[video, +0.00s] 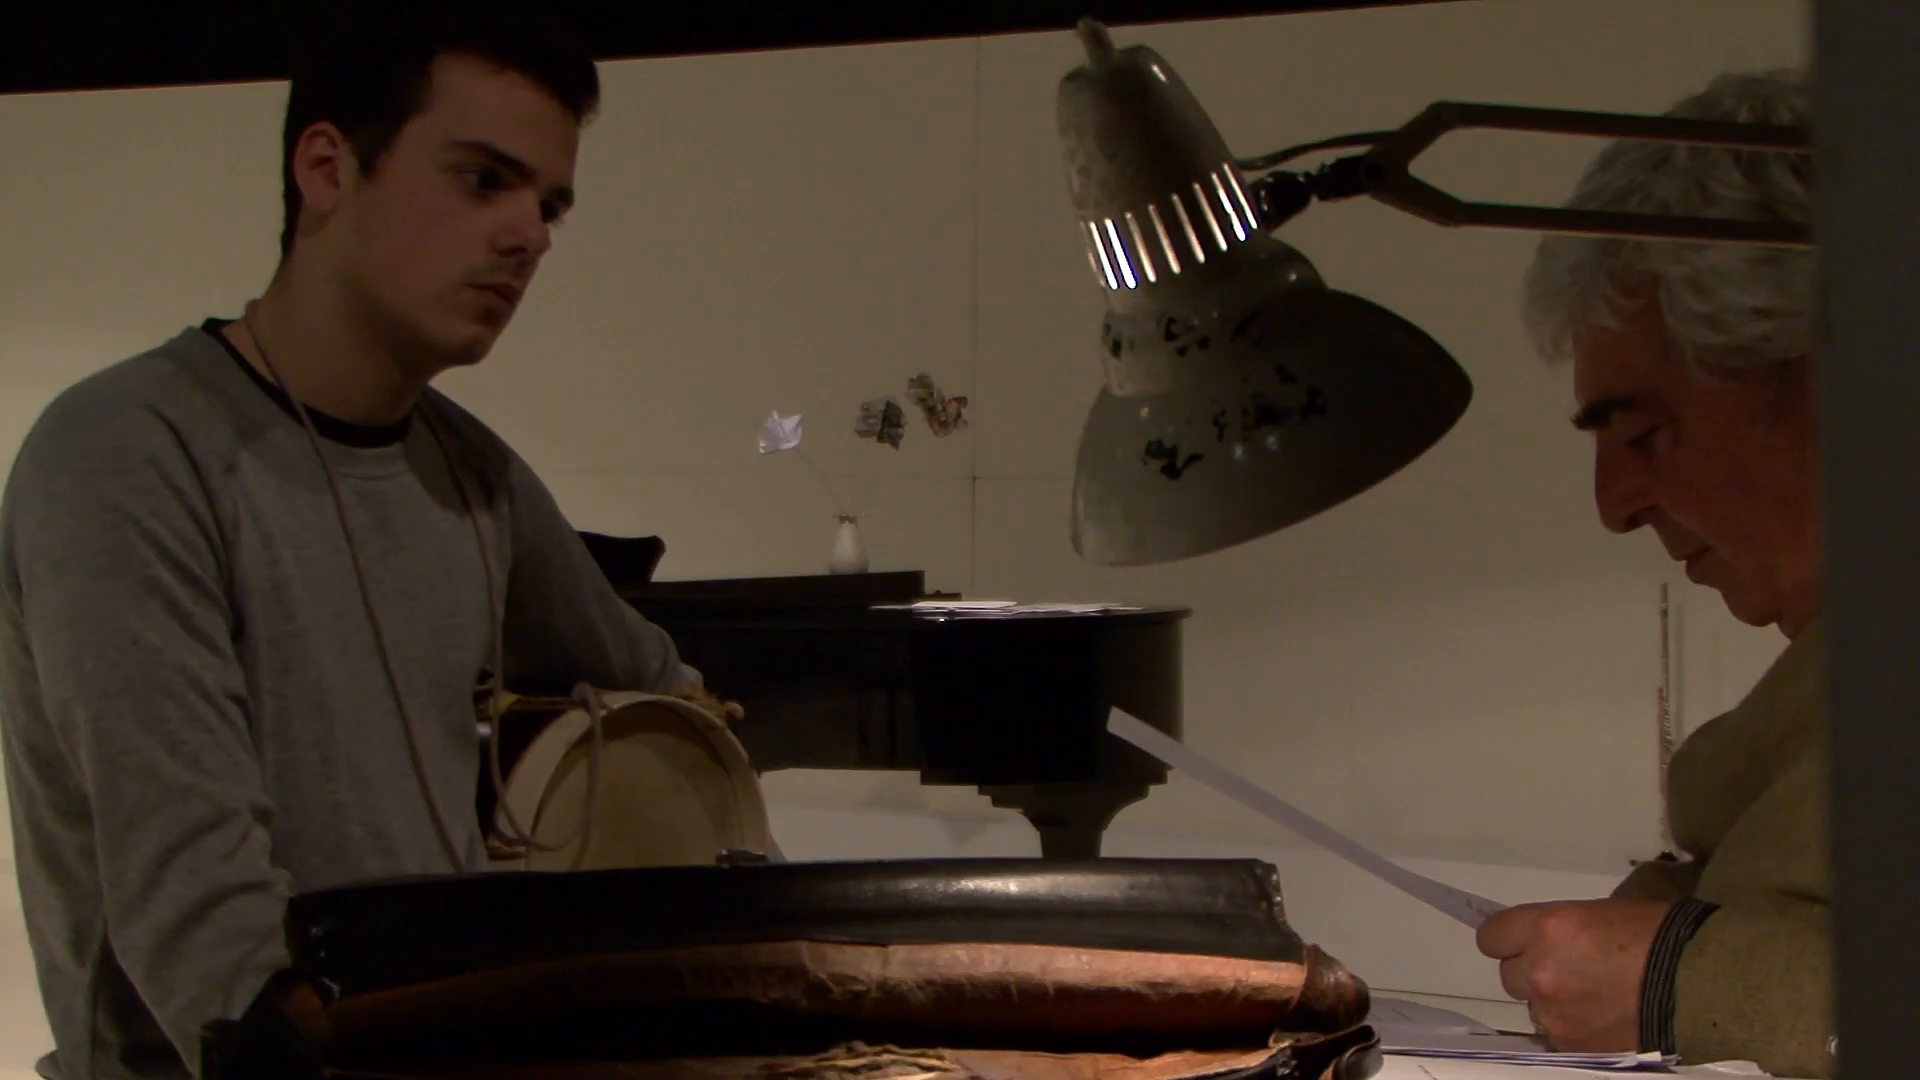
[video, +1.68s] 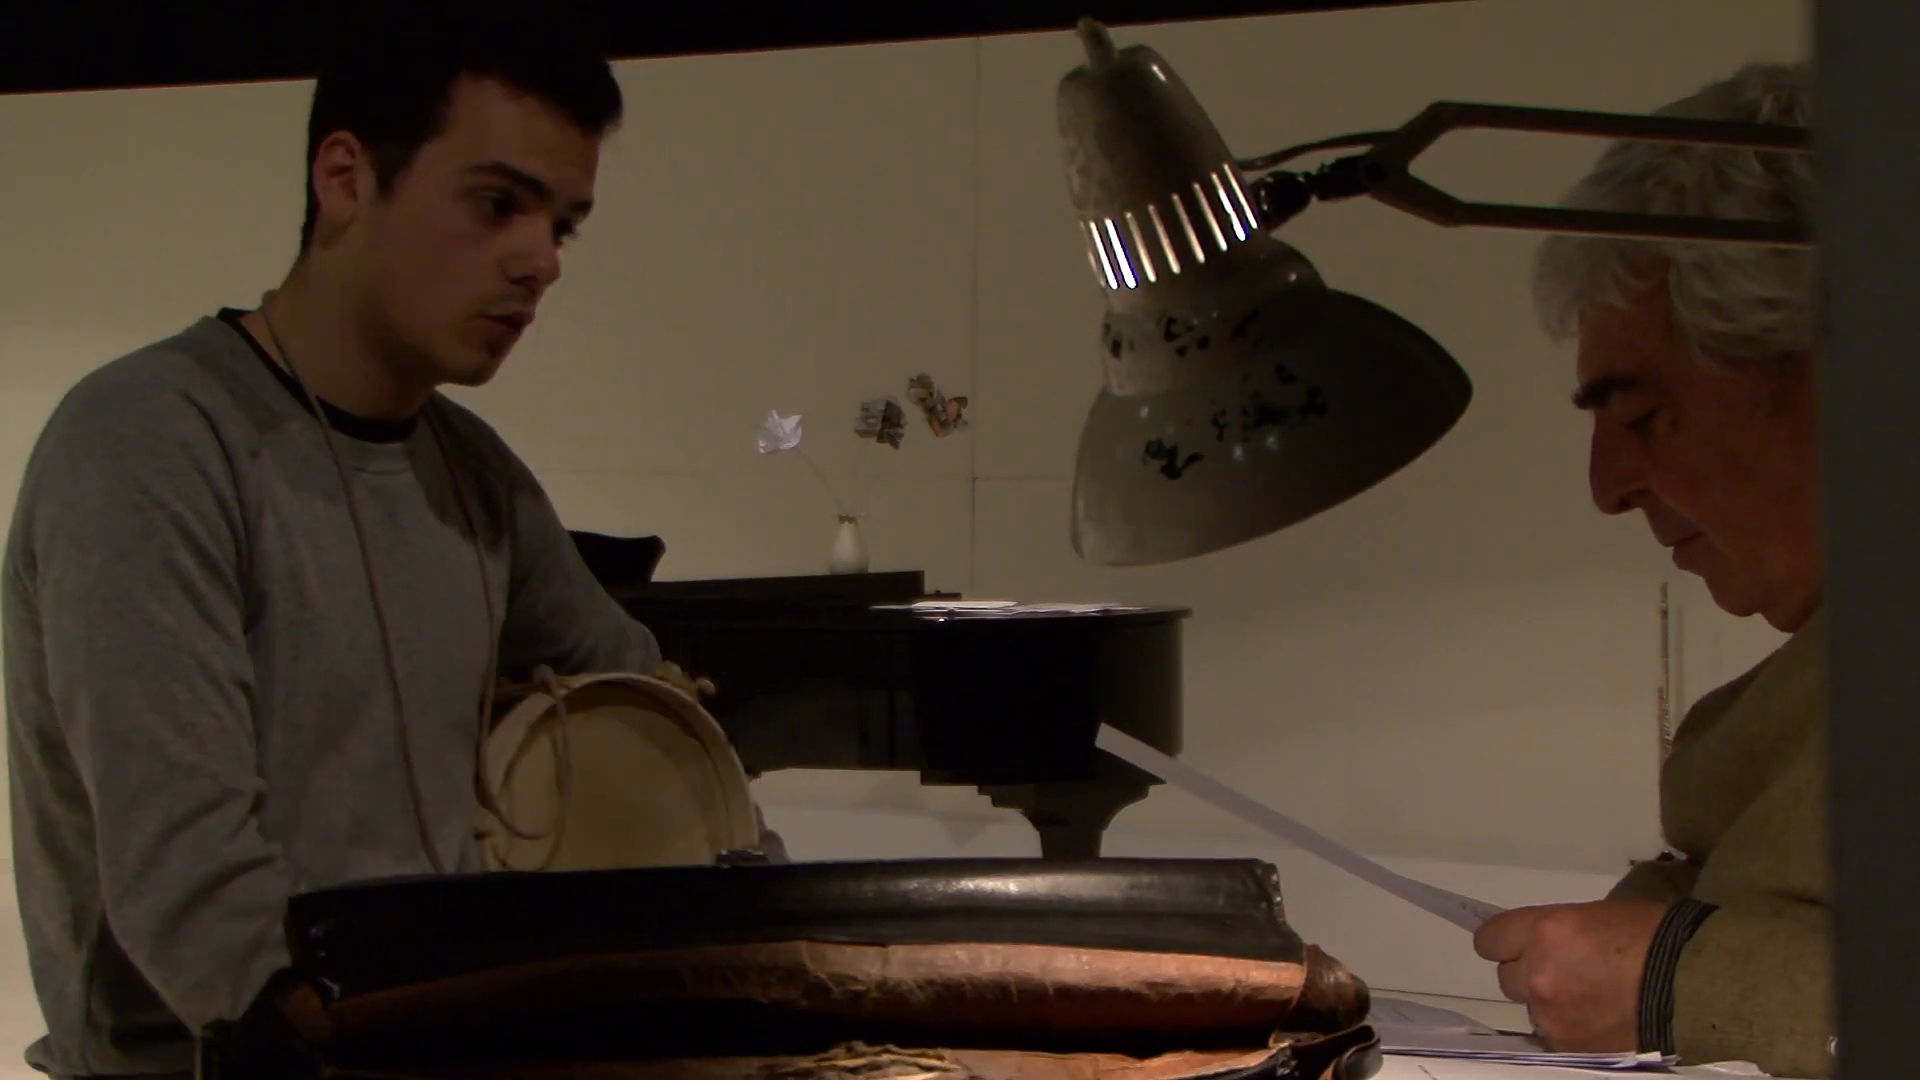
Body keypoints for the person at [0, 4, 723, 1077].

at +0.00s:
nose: (529, 237)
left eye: (550, 206)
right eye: (483, 179)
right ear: (326, 172)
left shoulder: (481, 478)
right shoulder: (115, 453)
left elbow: (662, 708)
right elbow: (196, 908)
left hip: (474, 1030)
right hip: (188, 1057)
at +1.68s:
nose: (540, 265)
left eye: (562, 227)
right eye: (497, 204)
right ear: (344, 182)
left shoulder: (478, 475)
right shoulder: (137, 442)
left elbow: (643, 718)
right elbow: (189, 892)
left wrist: (768, 931)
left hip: (465, 1026)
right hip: (193, 1057)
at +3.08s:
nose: (502, 289)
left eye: (520, 253)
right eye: (459, 231)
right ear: (309, 203)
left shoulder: (428, 488)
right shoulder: (124, 438)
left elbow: (617, 695)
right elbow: (321, 841)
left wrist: (747, 904)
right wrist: (641, 953)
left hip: (348, 1039)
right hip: (114, 1058)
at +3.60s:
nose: (510, 292)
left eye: (528, 256)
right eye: (469, 234)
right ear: (318, 206)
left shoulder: (435, 494)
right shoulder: (120, 444)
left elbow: (635, 700)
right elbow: (273, 871)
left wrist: (748, 919)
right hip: (116, 1057)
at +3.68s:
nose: (512, 293)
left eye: (531, 257)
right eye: (472, 235)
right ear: (320, 207)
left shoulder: (441, 496)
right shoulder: (118, 442)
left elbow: (639, 699)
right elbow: (262, 869)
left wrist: (752, 917)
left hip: (349, 1040)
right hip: (118, 1059)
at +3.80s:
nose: (515, 297)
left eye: (535, 261)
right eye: (476, 237)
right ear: (325, 207)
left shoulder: (444, 496)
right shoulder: (119, 442)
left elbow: (647, 701)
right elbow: (261, 869)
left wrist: (753, 918)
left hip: (352, 1043)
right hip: (117, 1059)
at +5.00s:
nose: (409, 454)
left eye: (438, 420)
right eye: (393, 398)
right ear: (270, 283)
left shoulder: (385, 514)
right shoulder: (18, 450)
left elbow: (574, 736)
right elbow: (9, 859)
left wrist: (627, 960)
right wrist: (258, 1028)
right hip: (32, 1028)